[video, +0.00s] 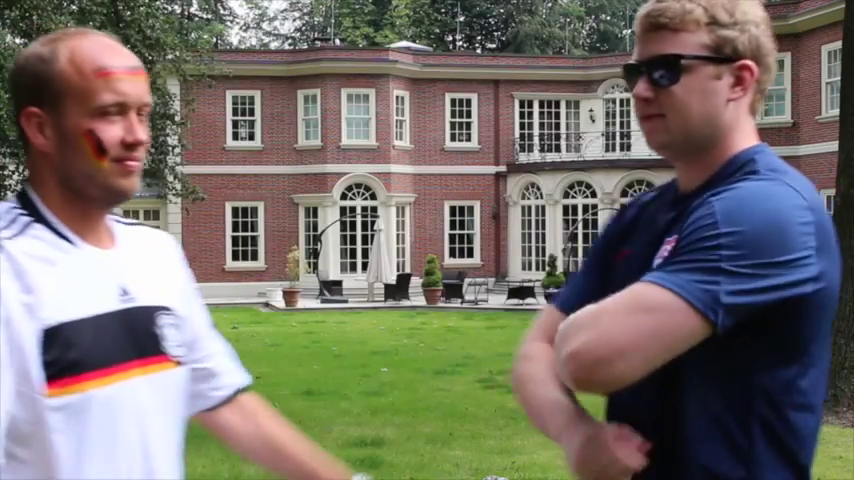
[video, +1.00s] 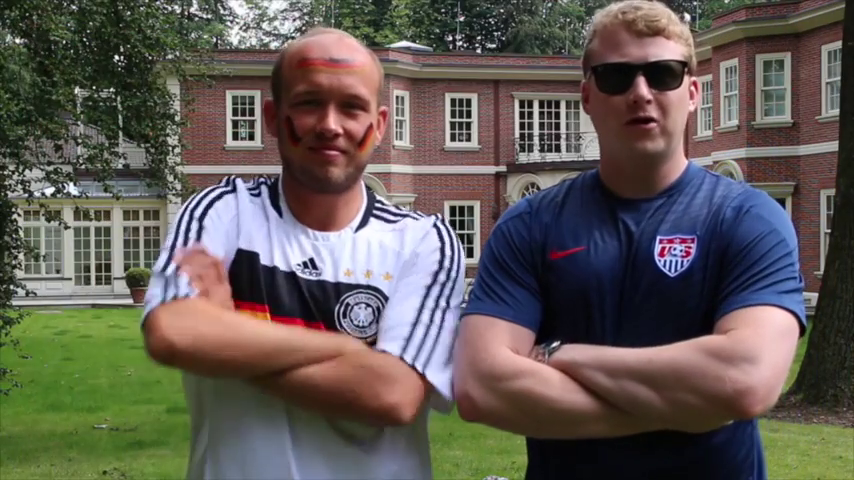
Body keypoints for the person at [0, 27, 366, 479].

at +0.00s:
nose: (138, 136)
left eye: (143, 114)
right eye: (111, 112)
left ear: (150, 117)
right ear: (38, 128)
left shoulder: (158, 254)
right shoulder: (11, 268)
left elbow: (228, 401)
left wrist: (343, 475)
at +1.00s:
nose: (330, 126)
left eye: (352, 107)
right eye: (310, 104)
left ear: (380, 125)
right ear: (274, 119)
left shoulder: (425, 241)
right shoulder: (218, 210)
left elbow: (397, 396)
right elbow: (169, 334)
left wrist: (230, 329)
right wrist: (356, 350)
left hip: (377, 477)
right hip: (231, 474)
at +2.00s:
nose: (294, 122)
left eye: (315, 103)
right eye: (272, 101)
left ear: (341, 121)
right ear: (235, 115)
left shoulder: (393, 247)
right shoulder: (179, 219)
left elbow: (386, 418)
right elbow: (136, 364)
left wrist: (210, 365)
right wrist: (320, 361)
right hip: (206, 473)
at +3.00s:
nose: (293, 125)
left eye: (315, 106)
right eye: (272, 103)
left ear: (340, 122)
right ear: (234, 115)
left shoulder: (389, 247)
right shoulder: (175, 221)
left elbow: (386, 417)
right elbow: (139, 367)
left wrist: (210, 366)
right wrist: (322, 361)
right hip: (203, 474)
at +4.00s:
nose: (291, 124)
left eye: (312, 105)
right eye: (269, 102)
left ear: (337, 124)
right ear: (231, 117)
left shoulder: (386, 248)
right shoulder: (173, 223)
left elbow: (386, 420)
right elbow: (140, 374)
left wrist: (212, 372)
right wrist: (321, 365)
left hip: (341, 475)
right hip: (202, 473)